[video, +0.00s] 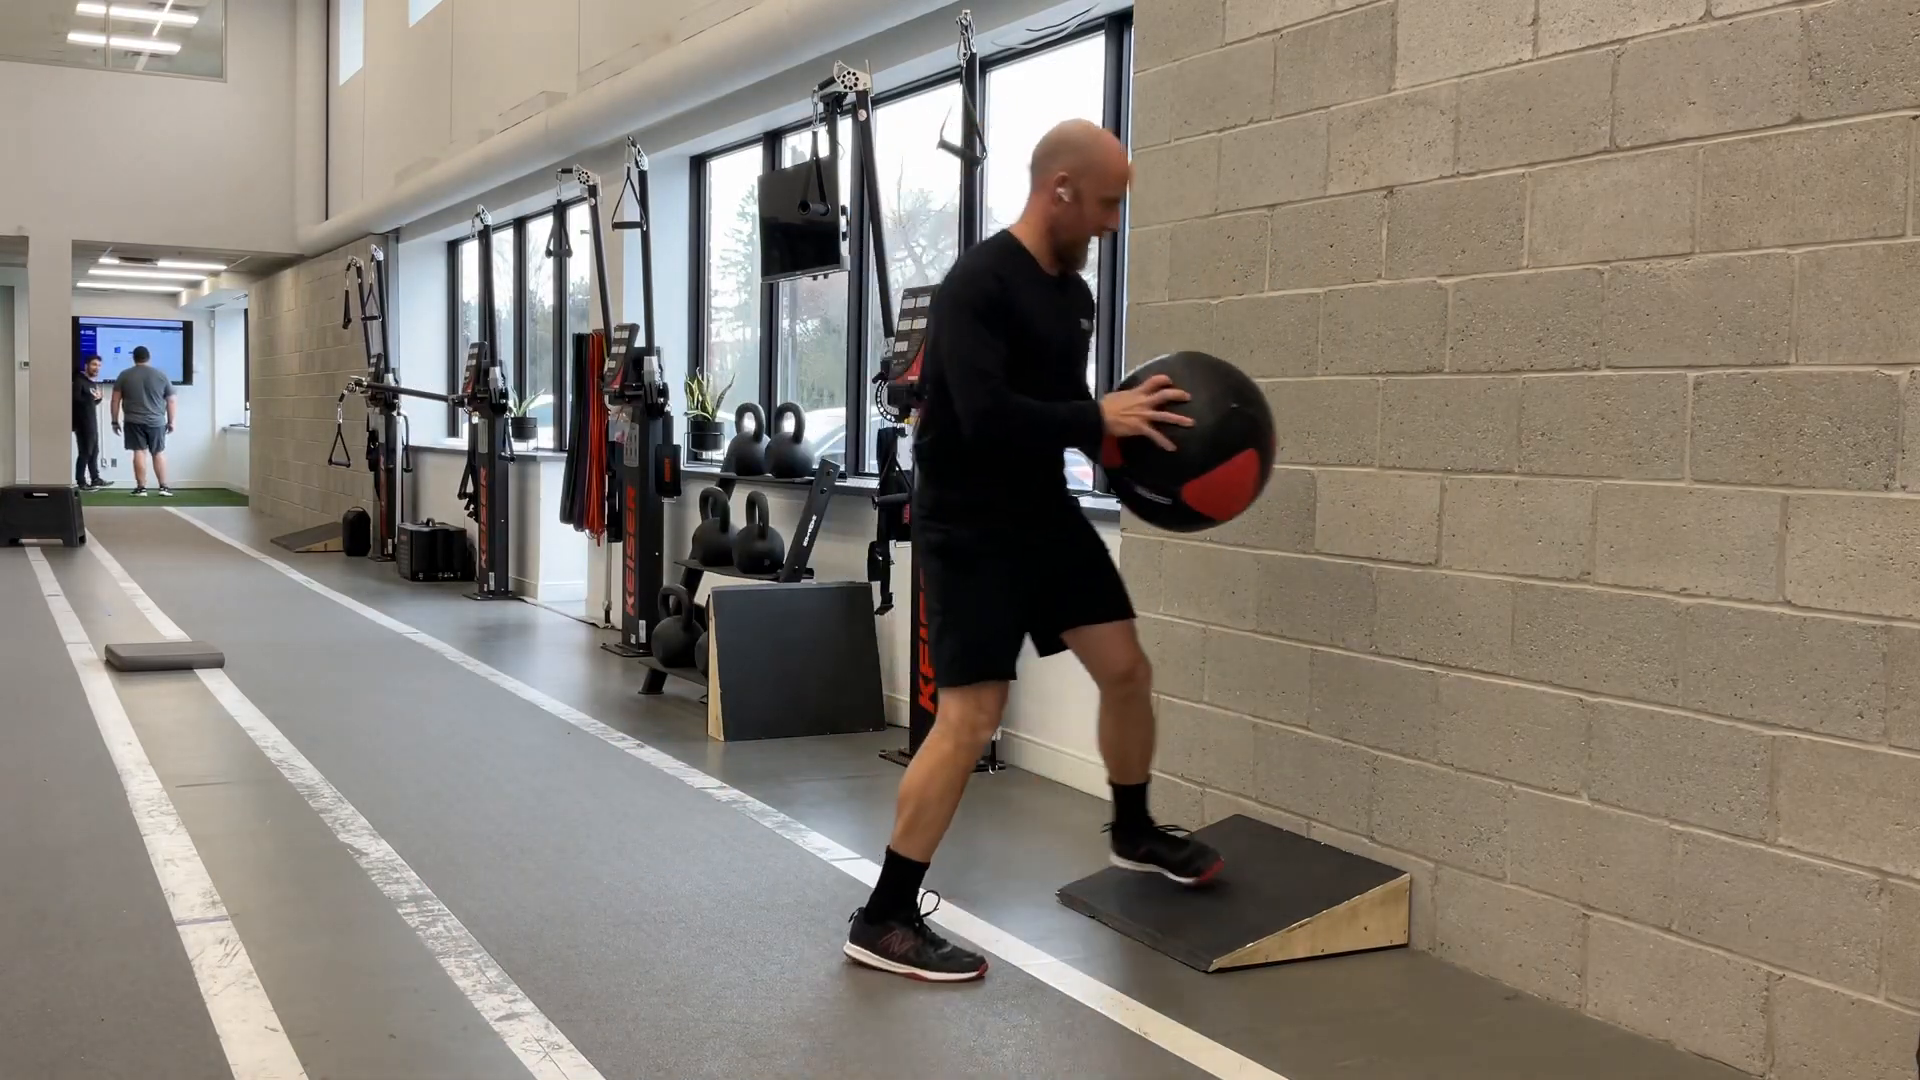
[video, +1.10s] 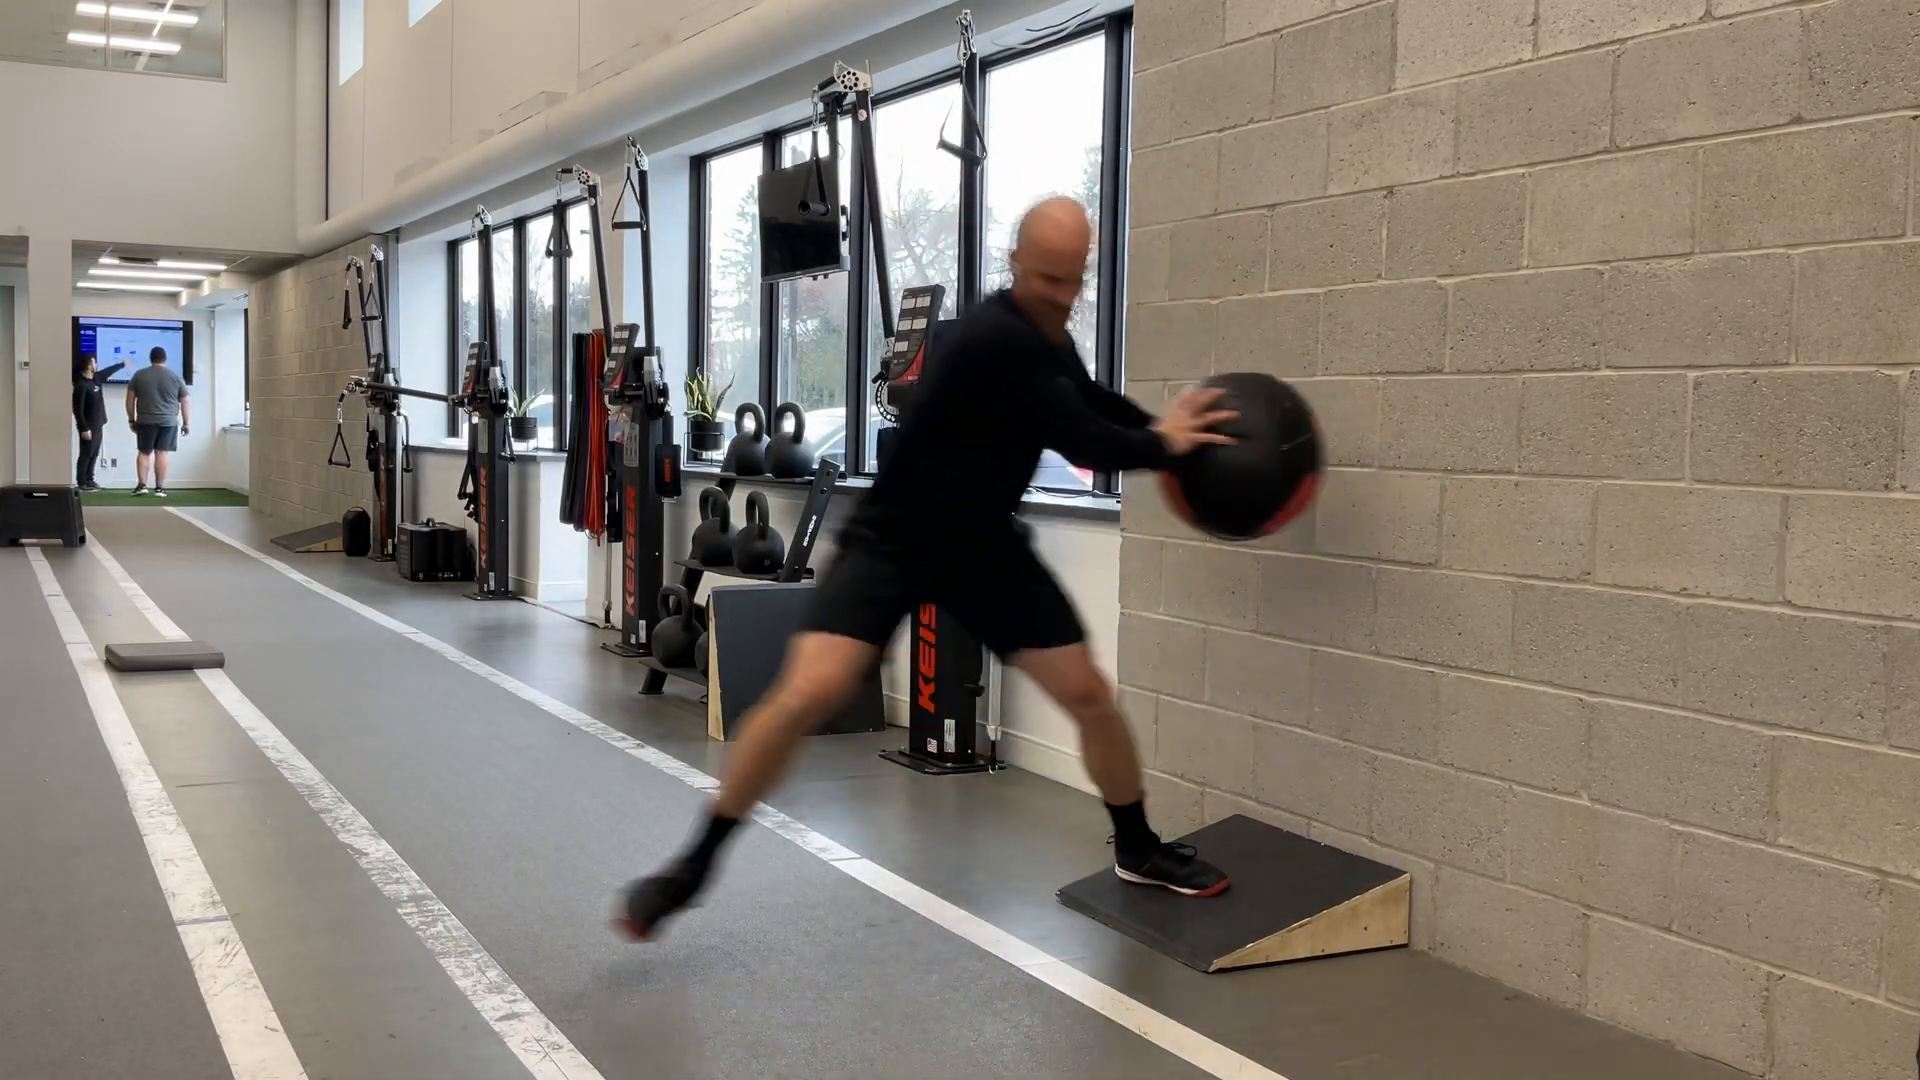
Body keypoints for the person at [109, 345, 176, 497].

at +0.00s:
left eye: (135, 357)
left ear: (134, 358)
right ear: (149, 358)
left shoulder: (125, 375)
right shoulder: (160, 375)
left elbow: (115, 398)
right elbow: (171, 400)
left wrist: (114, 420)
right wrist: (171, 421)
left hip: (133, 422)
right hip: (155, 422)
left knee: (138, 452)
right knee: (158, 453)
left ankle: (141, 487)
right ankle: (163, 486)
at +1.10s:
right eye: (163, 358)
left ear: (151, 359)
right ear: (165, 359)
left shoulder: (140, 375)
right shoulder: (174, 377)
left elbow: (130, 398)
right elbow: (185, 400)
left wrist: (131, 419)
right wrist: (186, 423)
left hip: (145, 422)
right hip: (168, 422)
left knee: (144, 452)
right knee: (163, 453)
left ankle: (142, 485)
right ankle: (160, 487)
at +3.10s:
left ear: (153, 359)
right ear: (168, 359)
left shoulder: (143, 375)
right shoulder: (179, 377)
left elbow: (133, 397)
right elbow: (188, 401)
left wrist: (135, 419)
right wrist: (188, 423)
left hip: (150, 422)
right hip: (172, 423)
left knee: (147, 451)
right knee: (164, 453)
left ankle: (152, 472)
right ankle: (159, 488)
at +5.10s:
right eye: (162, 362)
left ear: (150, 362)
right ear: (164, 362)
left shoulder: (141, 378)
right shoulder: (175, 378)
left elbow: (133, 404)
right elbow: (190, 399)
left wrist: (139, 424)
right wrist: (191, 421)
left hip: (153, 423)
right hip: (175, 424)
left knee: (151, 453)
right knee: (167, 453)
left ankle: (161, 471)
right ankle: (164, 487)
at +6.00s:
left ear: (160, 360)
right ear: (174, 361)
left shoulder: (147, 373)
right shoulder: (181, 379)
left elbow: (135, 395)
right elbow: (190, 404)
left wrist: (137, 415)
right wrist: (188, 426)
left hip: (146, 420)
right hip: (169, 423)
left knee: (139, 448)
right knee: (163, 454)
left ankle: (141, 469)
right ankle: (159, 487)